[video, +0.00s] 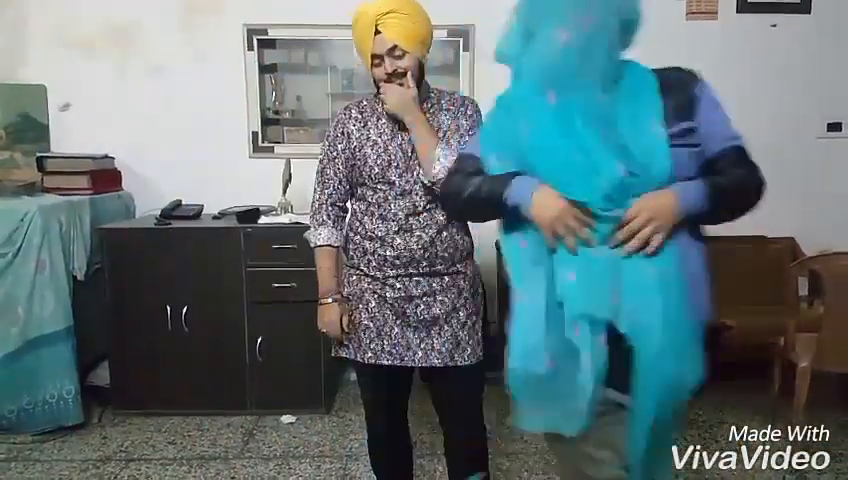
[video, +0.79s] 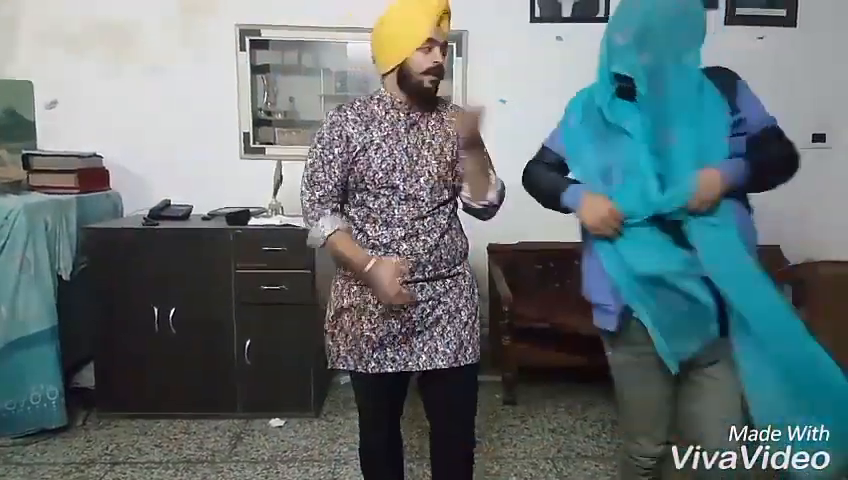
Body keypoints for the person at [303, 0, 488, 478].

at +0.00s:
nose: (388, 67)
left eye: (399, 55)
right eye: (377, 58)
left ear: (423, 53)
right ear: (367, 62)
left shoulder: (460, 113)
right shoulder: (350, 122)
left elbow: (466, 197)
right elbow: (328, 210)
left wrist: (414, 118)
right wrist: (328, 295)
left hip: (447, 291)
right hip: (374, 294)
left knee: (464, 426)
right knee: (384, 427)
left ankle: (470, 475)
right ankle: (393, 477)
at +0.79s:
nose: (439, 58)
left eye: (442, 48)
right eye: (426, 47)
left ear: (446, 54)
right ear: (394, 54)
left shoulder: (454, 121)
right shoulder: (347, 123)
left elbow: (486, 208)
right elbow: (318, 208)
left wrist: (473, 147)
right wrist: (367, 265)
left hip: (448, 299)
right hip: (373, 303)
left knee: (455, 440)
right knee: (379, 439)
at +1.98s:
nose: (461, 55)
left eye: (469, 43)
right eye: (447, 42)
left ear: (476, 47)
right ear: (415, 44)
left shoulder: (480, 123)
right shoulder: (373, 115)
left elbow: (509, 191)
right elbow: (343, 208)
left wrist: (532, 243)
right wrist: (443, 245)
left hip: (470, 323)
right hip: (394, 323)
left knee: (457, 456)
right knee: (402, 463)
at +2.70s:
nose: (467, 47)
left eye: (480, 32)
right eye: (465, 32)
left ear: (528, 35)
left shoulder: (595, 116)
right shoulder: (457, 112)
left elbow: (681, 207)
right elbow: (410, 183)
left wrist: (619, 299)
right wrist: (424, 271)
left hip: (556, 348)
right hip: (463, 341)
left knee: (559, 472)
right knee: (443, 470)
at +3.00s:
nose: (475, 47)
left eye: (483, 32)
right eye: (477, 32)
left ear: (526, 33)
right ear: (521, 35)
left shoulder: (598, 115)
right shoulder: (498, 108)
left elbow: (680, 222)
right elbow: (473, 167)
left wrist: (616, 314)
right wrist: (451, 191)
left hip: (563, 349)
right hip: (480, 339)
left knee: (566, 471)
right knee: (470, 470)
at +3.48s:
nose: (443, 95)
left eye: (445, 82)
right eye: (442, 84)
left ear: (472, 82)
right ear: (494, 81)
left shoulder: (554, 153)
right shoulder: (460, 156)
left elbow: (620, 263)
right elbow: (414, 231)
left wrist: (569, 371)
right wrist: (432, 163)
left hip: (532, 397)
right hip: (452, 386)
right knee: (446, 472)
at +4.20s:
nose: (438, 121)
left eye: (444, 107)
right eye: (432, 108)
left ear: (483, 88)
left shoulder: (556, 146)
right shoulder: (456, 144)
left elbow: (630, 261)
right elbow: (412, 240)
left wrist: (570, 369)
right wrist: (440, 176)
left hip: (533, 396)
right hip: (449, 385)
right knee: (445, 472)